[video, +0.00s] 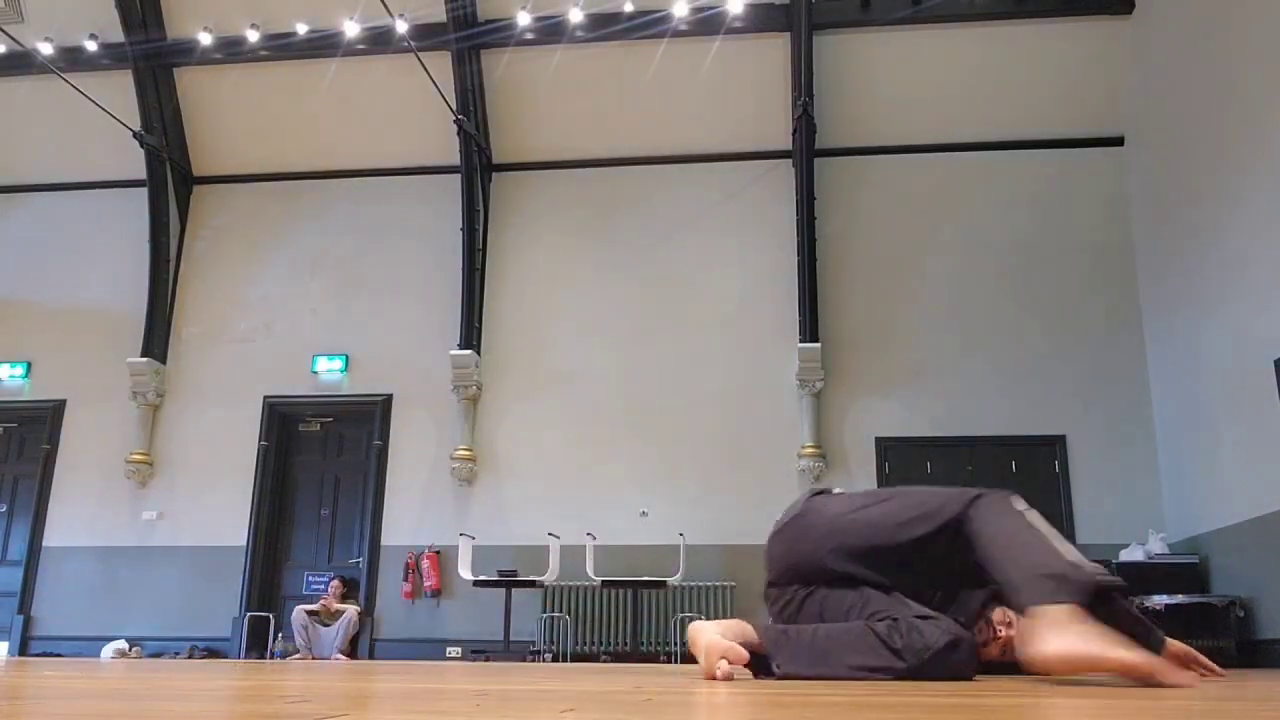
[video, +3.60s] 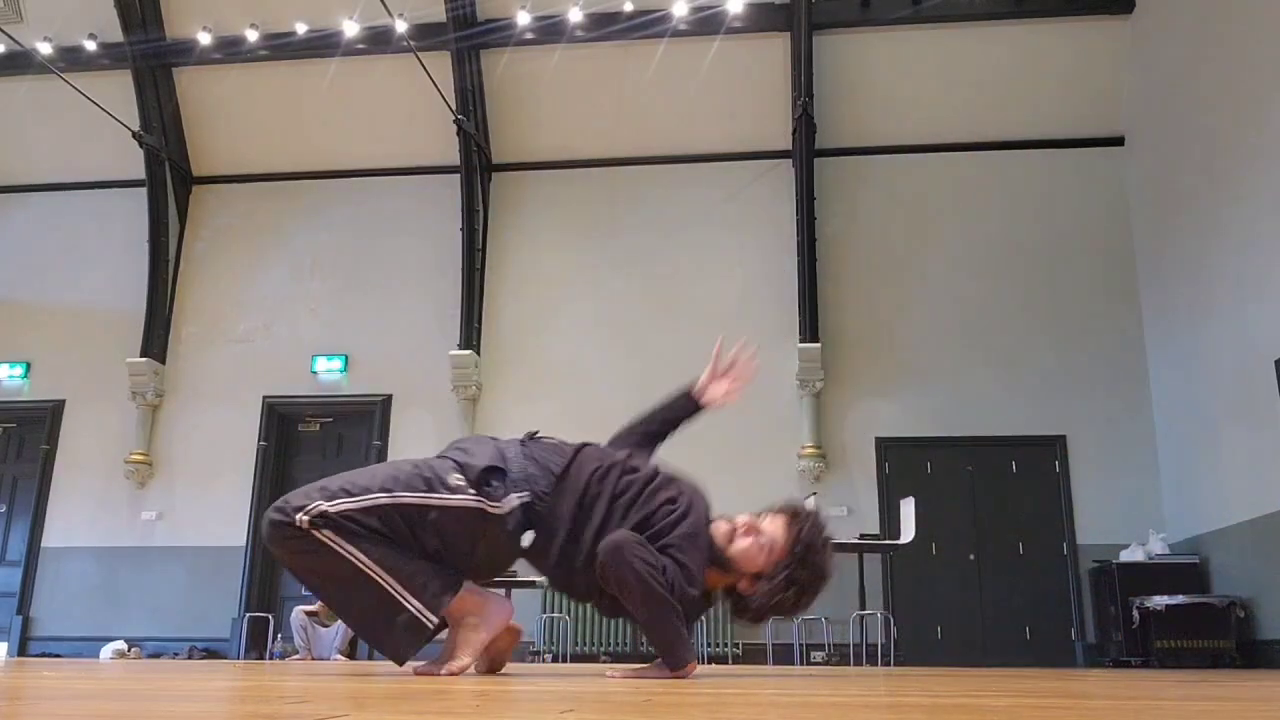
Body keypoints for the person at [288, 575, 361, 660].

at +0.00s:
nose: (333, 591)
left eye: (337, 588)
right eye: (331, 587)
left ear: (343, 590)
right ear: (328, 589)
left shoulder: (349, 603)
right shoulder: (323, 603)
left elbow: (357, 610)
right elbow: (297, 608)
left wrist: (335, 607)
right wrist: (317, 607)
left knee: (352, 613)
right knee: (297, 612)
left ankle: (336, 653)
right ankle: (304, 652)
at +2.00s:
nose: (333, 591)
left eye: (337, 588)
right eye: (331, 588)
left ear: (343, 590)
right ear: (328, 589)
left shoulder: (349, 602)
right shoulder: (323, 602)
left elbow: (357, 610)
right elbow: (297, 608)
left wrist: (333, 606)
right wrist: (315, 607)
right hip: (316, 636)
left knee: (352, 614)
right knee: (297, 612)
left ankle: (336, 653)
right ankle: (304, 653)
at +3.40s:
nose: (333, 591)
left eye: (337, 589)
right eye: (331, 588)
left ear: (343, 591)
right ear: (327, 590)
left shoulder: (348, 604)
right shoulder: (322, 604)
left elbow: (357, 610)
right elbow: (297, 609)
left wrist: (334, 606)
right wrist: (316, 608)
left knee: (352, 614)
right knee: (296, 612)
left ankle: (336, 653)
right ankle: (304, 653)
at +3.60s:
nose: (321, 607)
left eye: (324, 606)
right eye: (321, 606)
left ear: (333, 609)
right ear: (318, 607)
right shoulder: (308, 623)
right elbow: (297, 610)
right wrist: (314, 608)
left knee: (349, 619)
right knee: (297, 612)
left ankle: (336, 654)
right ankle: (304, 653)